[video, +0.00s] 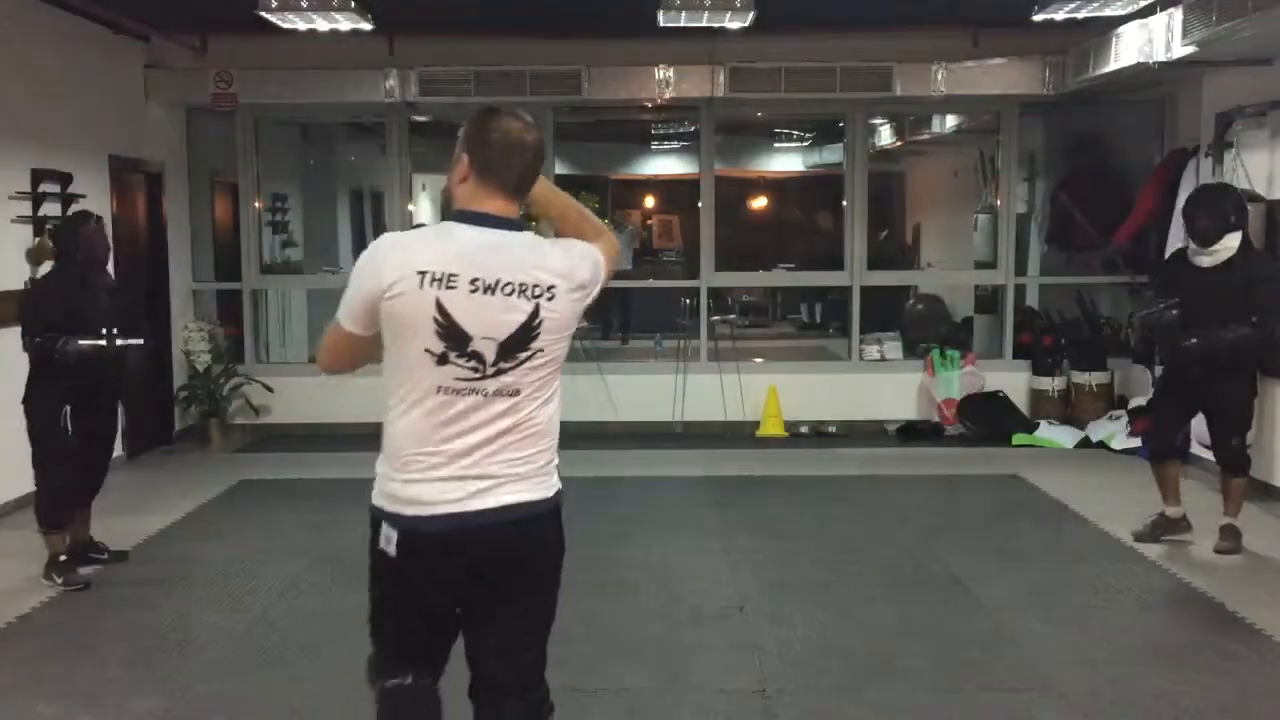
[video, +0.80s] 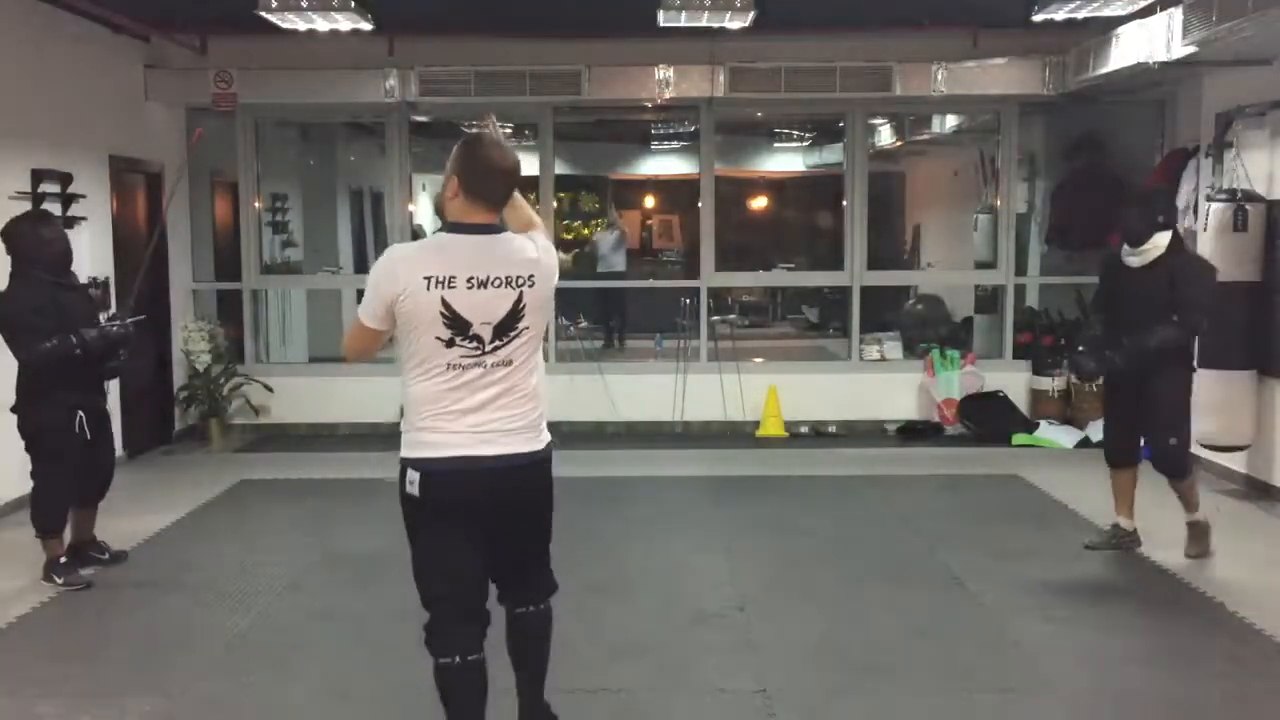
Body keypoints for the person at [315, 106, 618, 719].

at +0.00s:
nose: (451, 166)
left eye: (454, 156)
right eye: (456, 156)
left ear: (463, 165)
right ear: (531, 184)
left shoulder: (392, 256)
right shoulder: (565, 266)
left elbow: (334, 356)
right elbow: (603, 243)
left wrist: (406, 317)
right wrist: (531, 180)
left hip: (416, 522)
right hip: (526, 519)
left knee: (405, 678)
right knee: (514, 687)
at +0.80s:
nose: (441, 183)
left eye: (446, 175)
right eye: (447, 176)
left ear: (452, 186)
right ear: (510, 193)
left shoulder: (402, 263)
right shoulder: (535, 258)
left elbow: (357, 348)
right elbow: (532, 226)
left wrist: (401, 300)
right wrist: (499, 173)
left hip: (438, 470)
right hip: (524, 467)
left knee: (455, 620)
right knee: (529, 590)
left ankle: (465, 715)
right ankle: (533, 705)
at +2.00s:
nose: (433, 203)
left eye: (436, 197)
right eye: (443, 197)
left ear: (441, 202)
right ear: (486, 208)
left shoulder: (406, 262)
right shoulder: (516, 258)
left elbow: (378, 331)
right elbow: (529, 255)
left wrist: (413, 307)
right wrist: (482, 227)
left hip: (434, 424)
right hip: (502, 420)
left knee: (443, 529)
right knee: (515, 520)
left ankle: (452, 633)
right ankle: (515, 617)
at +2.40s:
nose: (428, 204)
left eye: (428, 198)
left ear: (430, 202)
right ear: (473, 210)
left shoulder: (392, 257)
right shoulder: (494, 259)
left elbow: (381, 323)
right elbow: (553, 309)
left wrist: (422, 304)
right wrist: (504, 315)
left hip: (425, 414)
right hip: (490, 411)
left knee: (435, 526)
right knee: (508, 506)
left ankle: (452, 633)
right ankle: (526, 599)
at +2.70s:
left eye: (457, 206)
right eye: (498, 222)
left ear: (454, 211)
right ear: (498, 224)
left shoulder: (411, 261)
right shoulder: (508, 265)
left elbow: (427, 306)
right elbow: (565, 302)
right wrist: (536, 331)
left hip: (434, 417)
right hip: (495, 413)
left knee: (438, 521)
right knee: (501, 502)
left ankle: (452, 630)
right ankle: (516, 593)